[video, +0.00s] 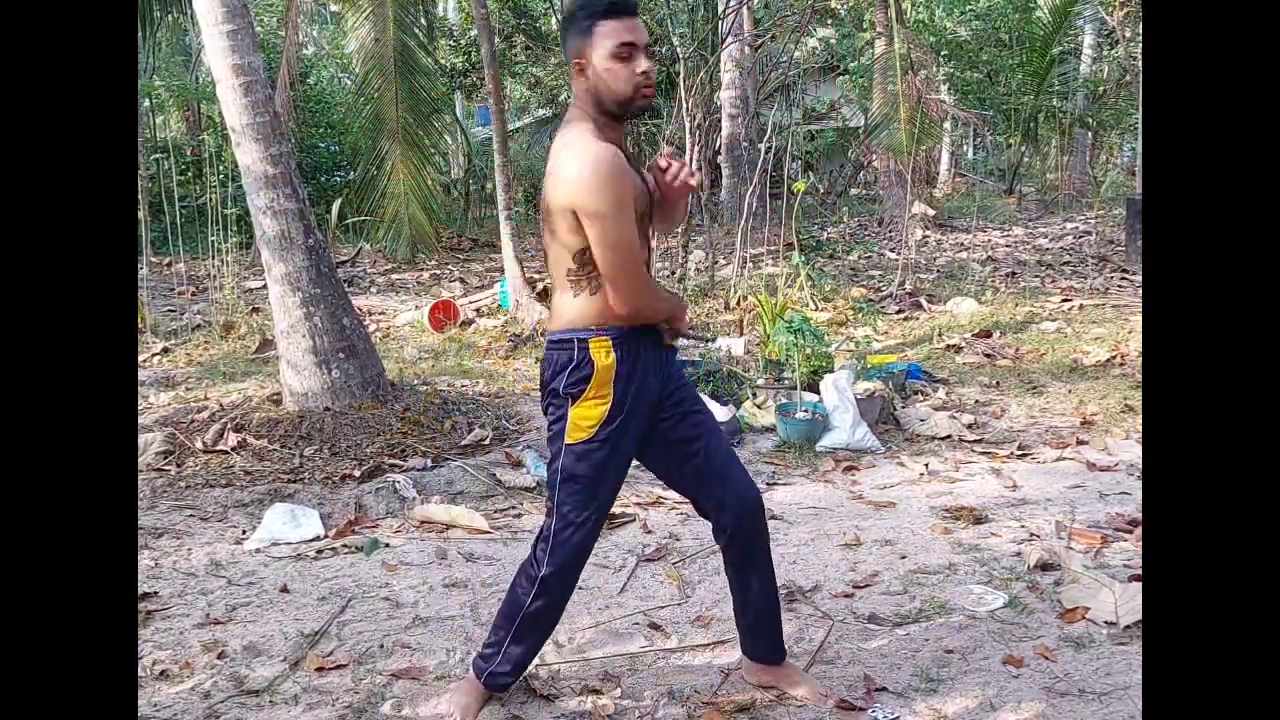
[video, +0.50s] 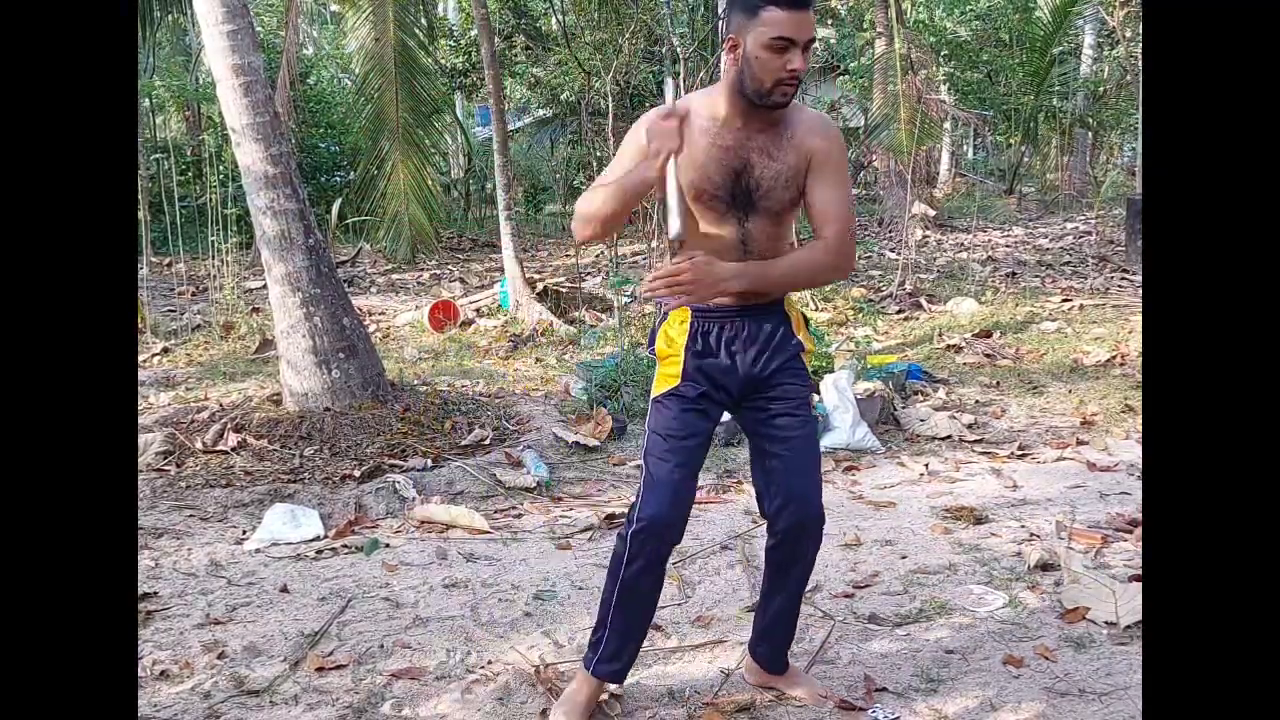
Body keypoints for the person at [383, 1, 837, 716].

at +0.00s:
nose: (647, 67)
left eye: (648, 52)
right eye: (627, 54)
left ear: (641, 60)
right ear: (579, 67)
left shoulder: (596, 148)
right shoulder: (593, 163)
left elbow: (626, 248)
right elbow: (631, 300)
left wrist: (665, 210)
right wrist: (674, 308)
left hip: (639, 355)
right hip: (594, 363)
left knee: (739, 504)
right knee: (568, 534)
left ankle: (766, 661)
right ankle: (479, 685)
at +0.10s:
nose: (680, 78)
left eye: (686, 64)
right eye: (665, 62)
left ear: (685, 67)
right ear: (619, 64)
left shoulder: (635, 147)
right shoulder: (598, 153)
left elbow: (636, 249)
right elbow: (588, 289)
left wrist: (677, 230)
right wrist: (678, 343)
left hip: (644, 359)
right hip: (592, 362)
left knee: (738, 508)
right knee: (563, 537)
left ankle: (766, 664)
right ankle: (477, 685)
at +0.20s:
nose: (729, 83)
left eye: (736, 68)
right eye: (715, 65)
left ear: (731, 71)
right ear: (668, 63)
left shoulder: (700, 149)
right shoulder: (623, 142)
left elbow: (709, 233)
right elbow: (560, 247)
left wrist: (731, 242)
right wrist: (629, 330)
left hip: (680, 357)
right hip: (616, 368)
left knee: (762, 508)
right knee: (566, 536)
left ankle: (767, 664)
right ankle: (480, 683)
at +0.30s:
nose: (774, 77)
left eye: (782, 62)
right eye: (760, 58)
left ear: (784, 65)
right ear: (713, 56)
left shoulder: (759, 148)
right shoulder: (659, 133)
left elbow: (782, 247)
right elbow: (572, 226)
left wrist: (754, 250)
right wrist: (626, 319)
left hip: (723, 349)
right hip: (654, 351)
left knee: (783, 511)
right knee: (589, 525)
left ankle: (767, 664)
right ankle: (494, 673)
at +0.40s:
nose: (791, 71)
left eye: (800, 56)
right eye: (776, 53)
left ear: (804, 58)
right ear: (729, 49)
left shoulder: (792, 139)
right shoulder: (665, 131)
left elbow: (816, 249)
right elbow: (576, 222)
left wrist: (758, 258)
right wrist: (638, 268)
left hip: (748, 345)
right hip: (669, 343)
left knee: (793, 512)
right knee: (624, 515)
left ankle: (767, 662)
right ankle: (541, 671)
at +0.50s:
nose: (798, 66)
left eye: (806, 49)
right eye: (781, 48)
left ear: (810, 48)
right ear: (732, 45)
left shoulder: (815, 135)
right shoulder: (672, 123)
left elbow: (837, 255)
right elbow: (587, 226)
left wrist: (730, 278)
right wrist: (646, 163)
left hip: (776, 344)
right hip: (692, 343)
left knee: (800, 518)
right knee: (658, 516)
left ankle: (769, 665)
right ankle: (596, 678)